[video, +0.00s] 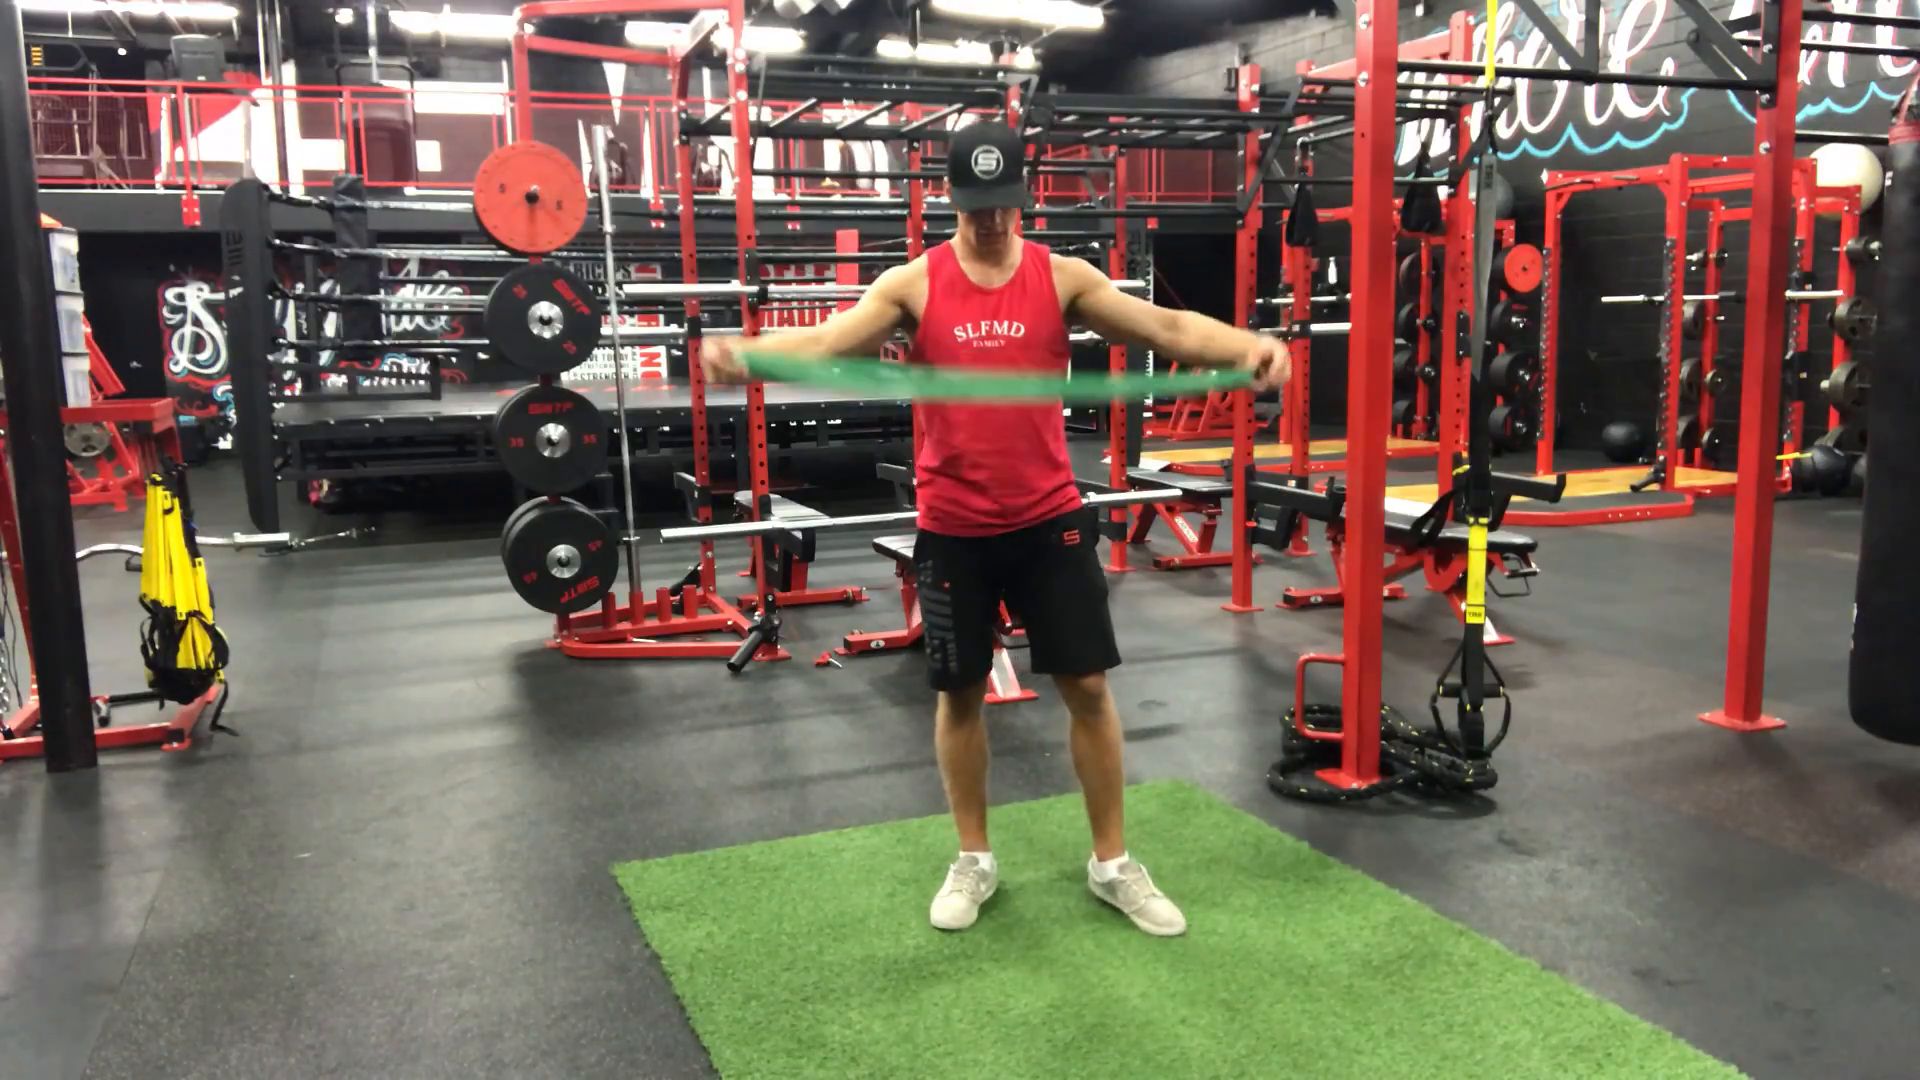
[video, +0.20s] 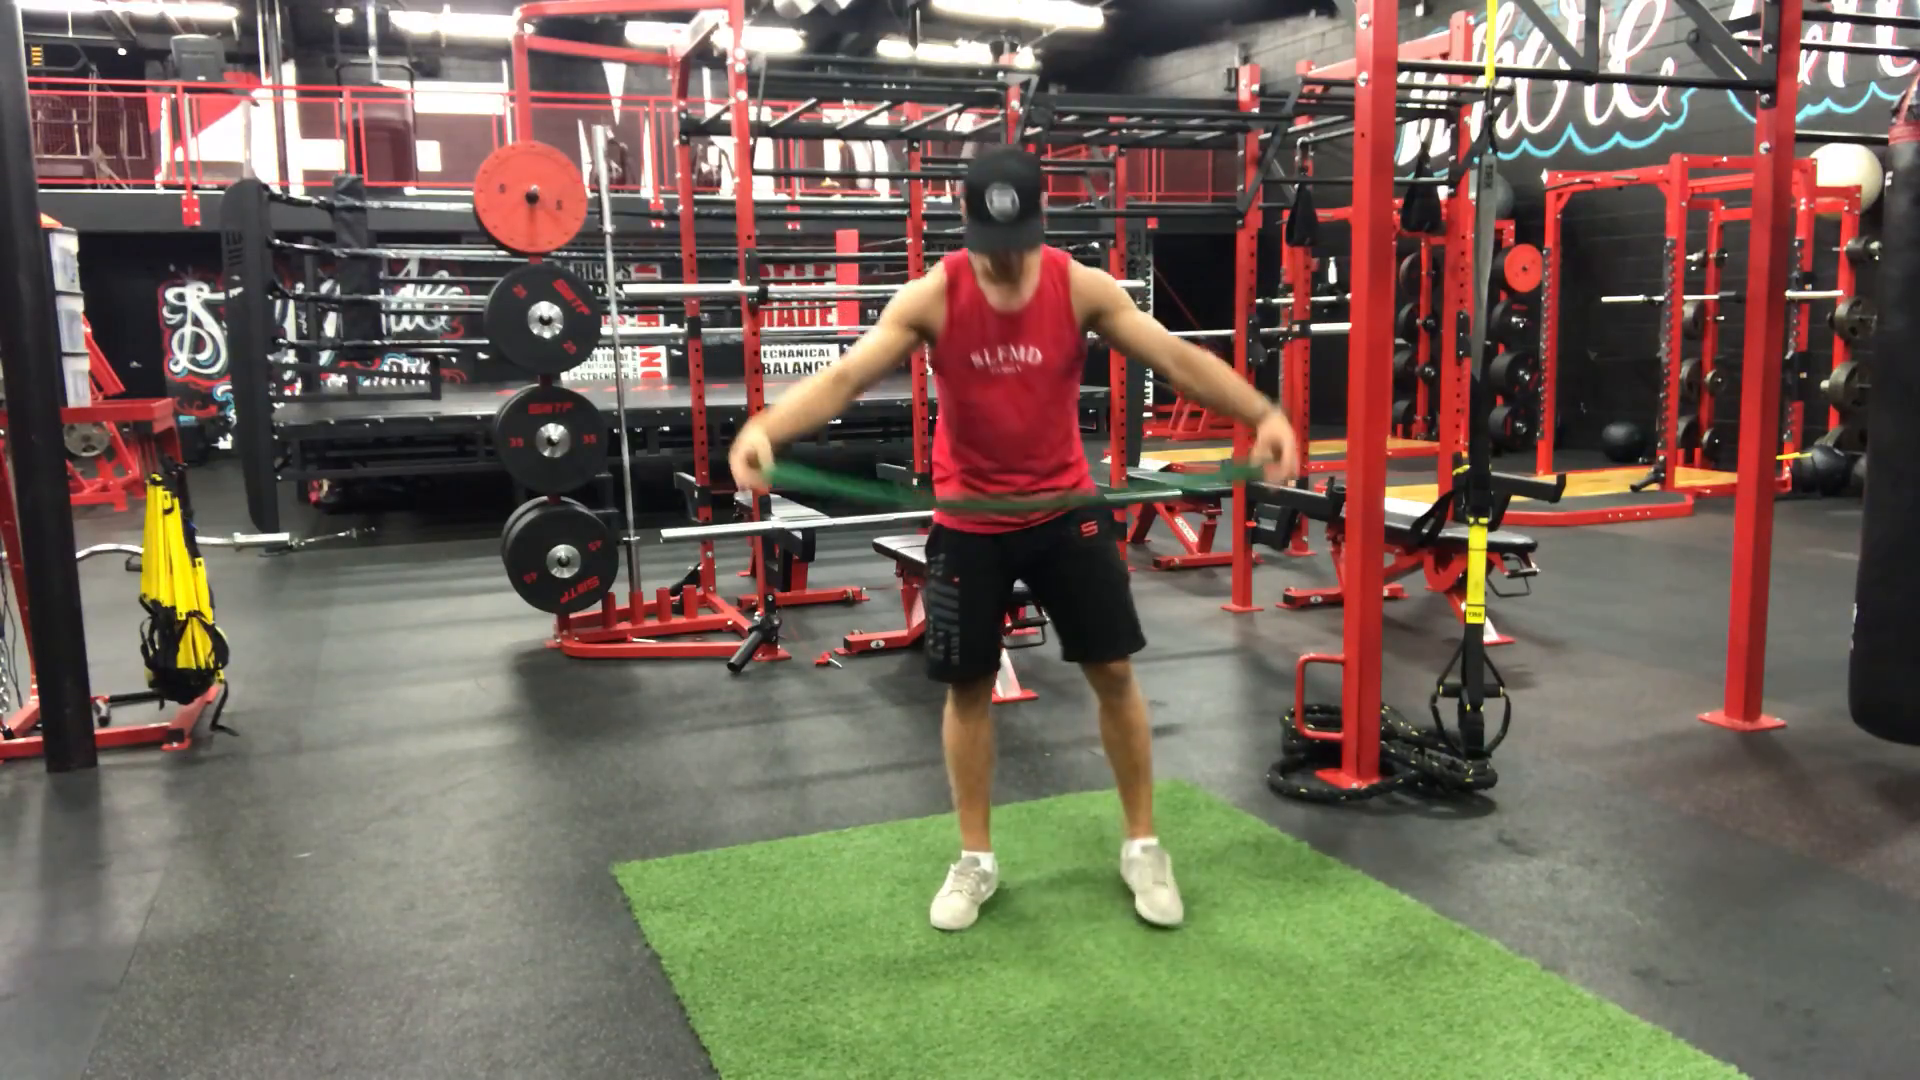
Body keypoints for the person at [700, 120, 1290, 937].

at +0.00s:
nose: (990, 219)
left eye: (1002, 204)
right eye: (975, 205)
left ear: (1023, 195)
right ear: (950, 199)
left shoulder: (1063, 278)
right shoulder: (913, 283)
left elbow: (1167, 327)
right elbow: (825, 342)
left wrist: (1250, 344)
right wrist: (746, 353)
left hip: (1051, 514)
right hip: (955, 524)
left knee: (1088, 687)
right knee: (960, 696)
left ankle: (1111, 860)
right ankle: (973, 858)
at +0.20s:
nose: (1006, 260)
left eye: (1019, 244)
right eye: (989, 246)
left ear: (1041, 223)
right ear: (964, 227)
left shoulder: (1083, 290)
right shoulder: (930, 297)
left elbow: (1177, 359)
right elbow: (842, 378)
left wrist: (1266, 413)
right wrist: (763, 428)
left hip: (1066, 512)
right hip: (969, 521)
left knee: (1114, 674)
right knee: (968, 687)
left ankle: (1142, 844)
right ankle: (973, 856)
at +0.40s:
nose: (1035, 355)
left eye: (1048, 341)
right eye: (1021, 342)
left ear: (1073, 310)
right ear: (998, 312)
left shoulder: (1117, 344)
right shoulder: (965, 346)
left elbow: (1205, 432)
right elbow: (874, 435)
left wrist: (1285, 517)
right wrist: (798, 515)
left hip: (1096, 523)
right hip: (998, 524)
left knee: (1125, 680)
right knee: (976, 674)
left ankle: (1139, 832)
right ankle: (968, 854)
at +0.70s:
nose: (1052, 561)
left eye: (1068, 551)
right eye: (1040, 550)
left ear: (1100, 509)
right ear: (1015, 508)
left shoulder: (1130, 497)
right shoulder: (979, 495)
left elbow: (1215, 599)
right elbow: (894, 589)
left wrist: (1280, 695)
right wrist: (830, 688)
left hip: (1098, 540)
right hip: (998, 541)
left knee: (1132, 667)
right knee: (979, 679)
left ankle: (1135, 821)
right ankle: (993, 828)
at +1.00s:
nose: (1061, 706)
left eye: (1072, 695)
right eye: (1052, 694)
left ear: (1104, 654)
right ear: (1027, 650)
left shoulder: (1147, 638)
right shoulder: (977, 640)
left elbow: (1219, 725)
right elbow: (903, 719)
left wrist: (1286, 825)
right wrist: (838, 818)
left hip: (1097, 540)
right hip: (1001, 544)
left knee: (1165, 687)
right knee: (962, 696)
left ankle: (1131, 823)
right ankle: (992, 831)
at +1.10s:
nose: (1060, 724)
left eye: (1072, 713)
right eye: (1052, 712)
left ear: (1103, 672)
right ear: (1032, 668)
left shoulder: (1147, 657)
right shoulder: (976, 657)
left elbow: (1215, 745)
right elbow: (905, 742)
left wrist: (1281, 848)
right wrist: (840, 841)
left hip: (1097, 549)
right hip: (1001, 555)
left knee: (1169, 696)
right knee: (958, 703)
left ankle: (1129, 824)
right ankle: (992, 831)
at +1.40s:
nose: (1061, 667)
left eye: (1069, 650)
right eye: (1048, 655)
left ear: (1087, 610)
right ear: (1013, 623)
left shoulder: (1128, 595)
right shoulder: (963, 610)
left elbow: (1205, 685)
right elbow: (899, 700)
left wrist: (1269, 782)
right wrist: (849, 801)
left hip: (1090, 522)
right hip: (995, 526)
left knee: (1146, 680)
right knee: (962, 689)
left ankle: (1128, 824)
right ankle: (994, 831)